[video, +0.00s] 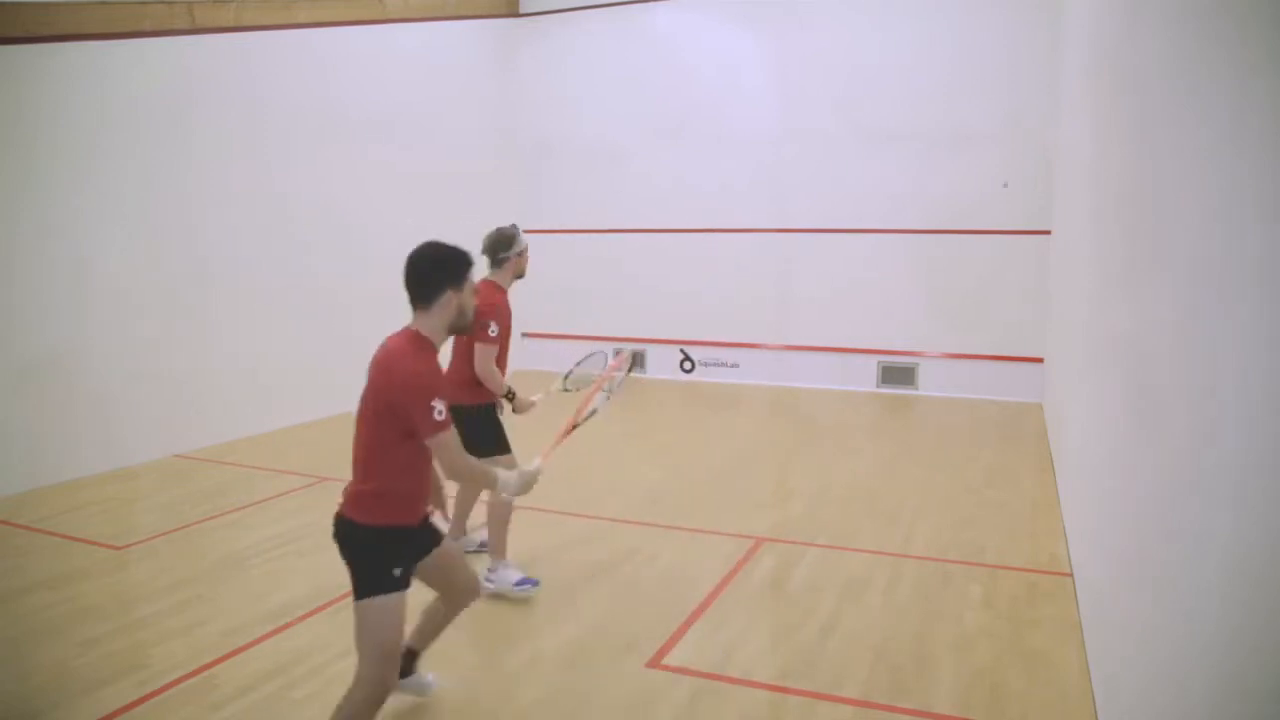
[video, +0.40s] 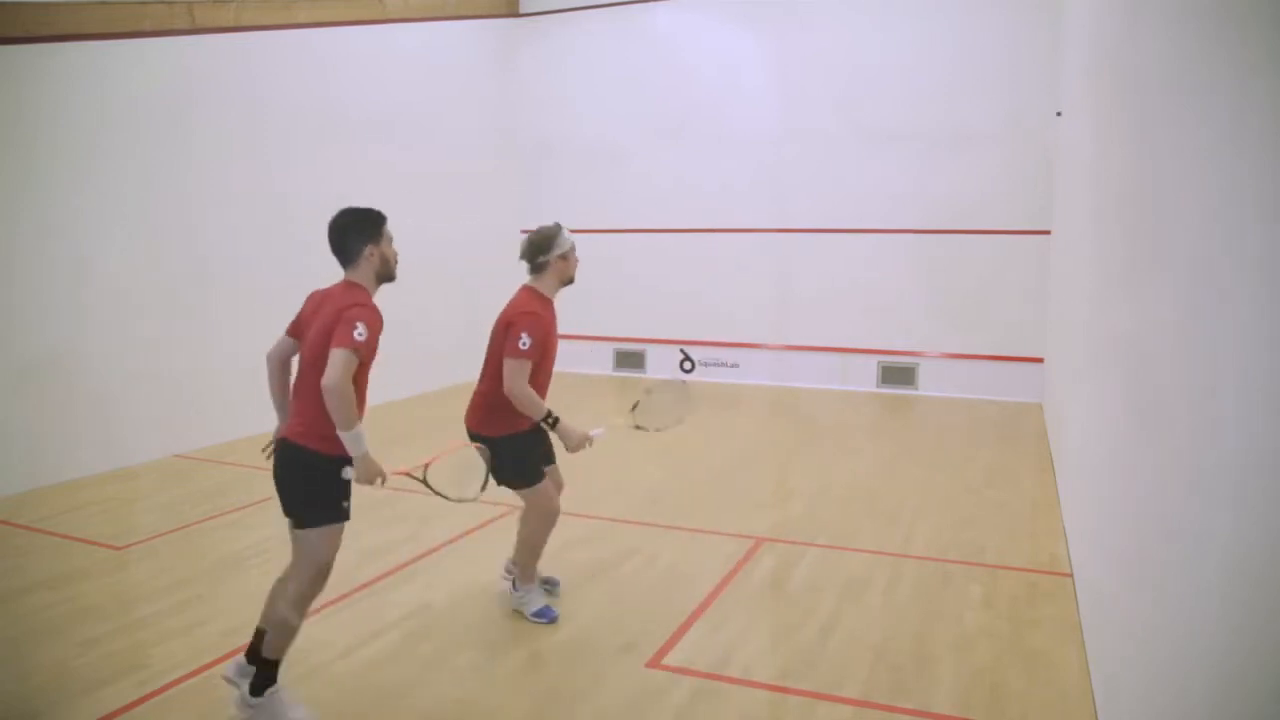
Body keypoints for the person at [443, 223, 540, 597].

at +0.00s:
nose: (528, 259)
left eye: (527, 253)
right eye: (525, 254)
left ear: (496, 259)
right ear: (513, 259)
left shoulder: (482, 291)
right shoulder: (495, 302)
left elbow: (472, 355)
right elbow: (483, 366)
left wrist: (501, 389)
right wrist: (512, 396)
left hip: (461, 397)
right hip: (474, 401)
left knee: (475, 469)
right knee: (506, 478)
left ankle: (455, 536)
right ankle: (498, 567)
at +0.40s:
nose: (577, 260)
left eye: (574, 253)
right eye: (571, 254)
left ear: (544, 262)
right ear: (555, 262)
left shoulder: (539, 306)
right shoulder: (528, 314)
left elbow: (516, 378)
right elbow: (514, 386)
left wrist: (489, 437)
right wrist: (560, 426)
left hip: (521, 420)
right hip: (501, 427)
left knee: (552, 489)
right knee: (543, 503)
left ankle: (522, 565)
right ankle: (523, 587)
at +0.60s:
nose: (600, 279)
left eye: (598, 271)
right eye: (593, 272)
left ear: (574, 279)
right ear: (569, 279)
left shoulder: (575, 323)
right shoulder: (524, 335)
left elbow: (559, 387)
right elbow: (499, 412)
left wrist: (578, 436)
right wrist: (533, 469)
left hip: (550, 442)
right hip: (508, 451)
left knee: (570, 524)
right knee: (544, 542)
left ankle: (547, 585)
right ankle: (546, 655)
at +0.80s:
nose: (610, 289)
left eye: (610, 280)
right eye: (605, 280)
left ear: (577, 282)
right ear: (577, 282)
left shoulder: (581, 335)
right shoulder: (520, 344)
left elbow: (566, 409)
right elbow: (500, 431)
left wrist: (571, 465)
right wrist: (532, 497)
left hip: (570, 471)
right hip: (516, 483)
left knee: (610, 567)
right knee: (548, 586)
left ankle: (591, 636)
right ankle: (556, 666)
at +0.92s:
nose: (620, 291)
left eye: (622, 282)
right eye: (617, 281)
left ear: (588, 278)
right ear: (588, 276)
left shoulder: (588, 333)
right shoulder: (524, 337)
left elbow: (568, 413)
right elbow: (505, 430)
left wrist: (576, 475)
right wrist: (532, 500)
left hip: (572, 480)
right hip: (513, 491)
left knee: (601, 589)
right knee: (547, 603)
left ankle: (602, 713)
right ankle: (552, 665)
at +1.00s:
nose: (625, 303)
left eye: (628, 292)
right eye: (623, 290)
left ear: (590, 287)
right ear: (592, 285)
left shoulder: (594, 346)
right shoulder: (523, 347)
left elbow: (576, 433)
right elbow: (502, 442)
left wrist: (595, 494)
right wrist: (526, 511)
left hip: (574, 502)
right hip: (512, 505)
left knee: (588, 622)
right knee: (538, 625)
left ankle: (590, 717)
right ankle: (530, 674)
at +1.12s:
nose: (630, 328)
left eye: (632, 318)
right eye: (627, 316)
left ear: (595, 310)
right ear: (595, 310)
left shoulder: (600, 365)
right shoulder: (520, 370)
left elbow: (599, 432)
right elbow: (490, 470)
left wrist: (633, 496)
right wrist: (502, 535)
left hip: (567, 515)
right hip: (505, 523)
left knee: (602, 632)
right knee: (521, 652)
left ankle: (600, 718)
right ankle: (487, 716)